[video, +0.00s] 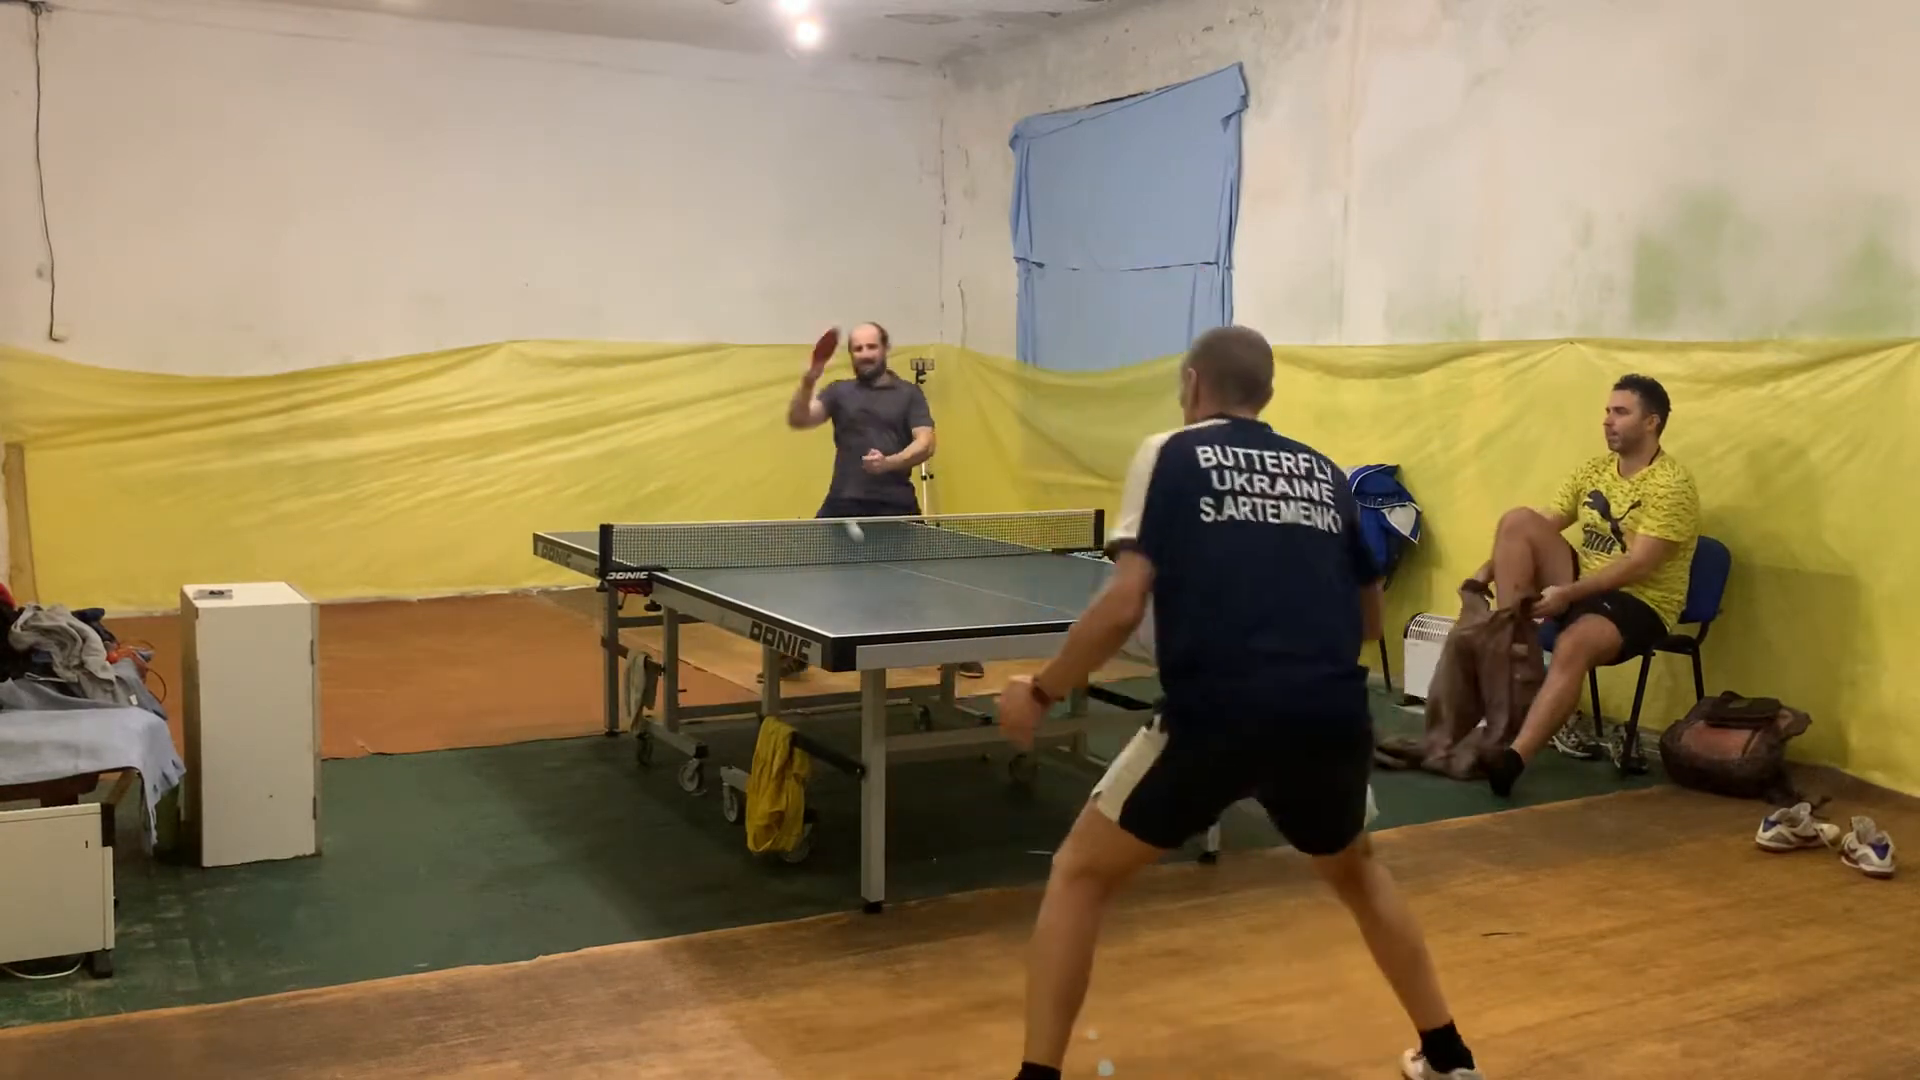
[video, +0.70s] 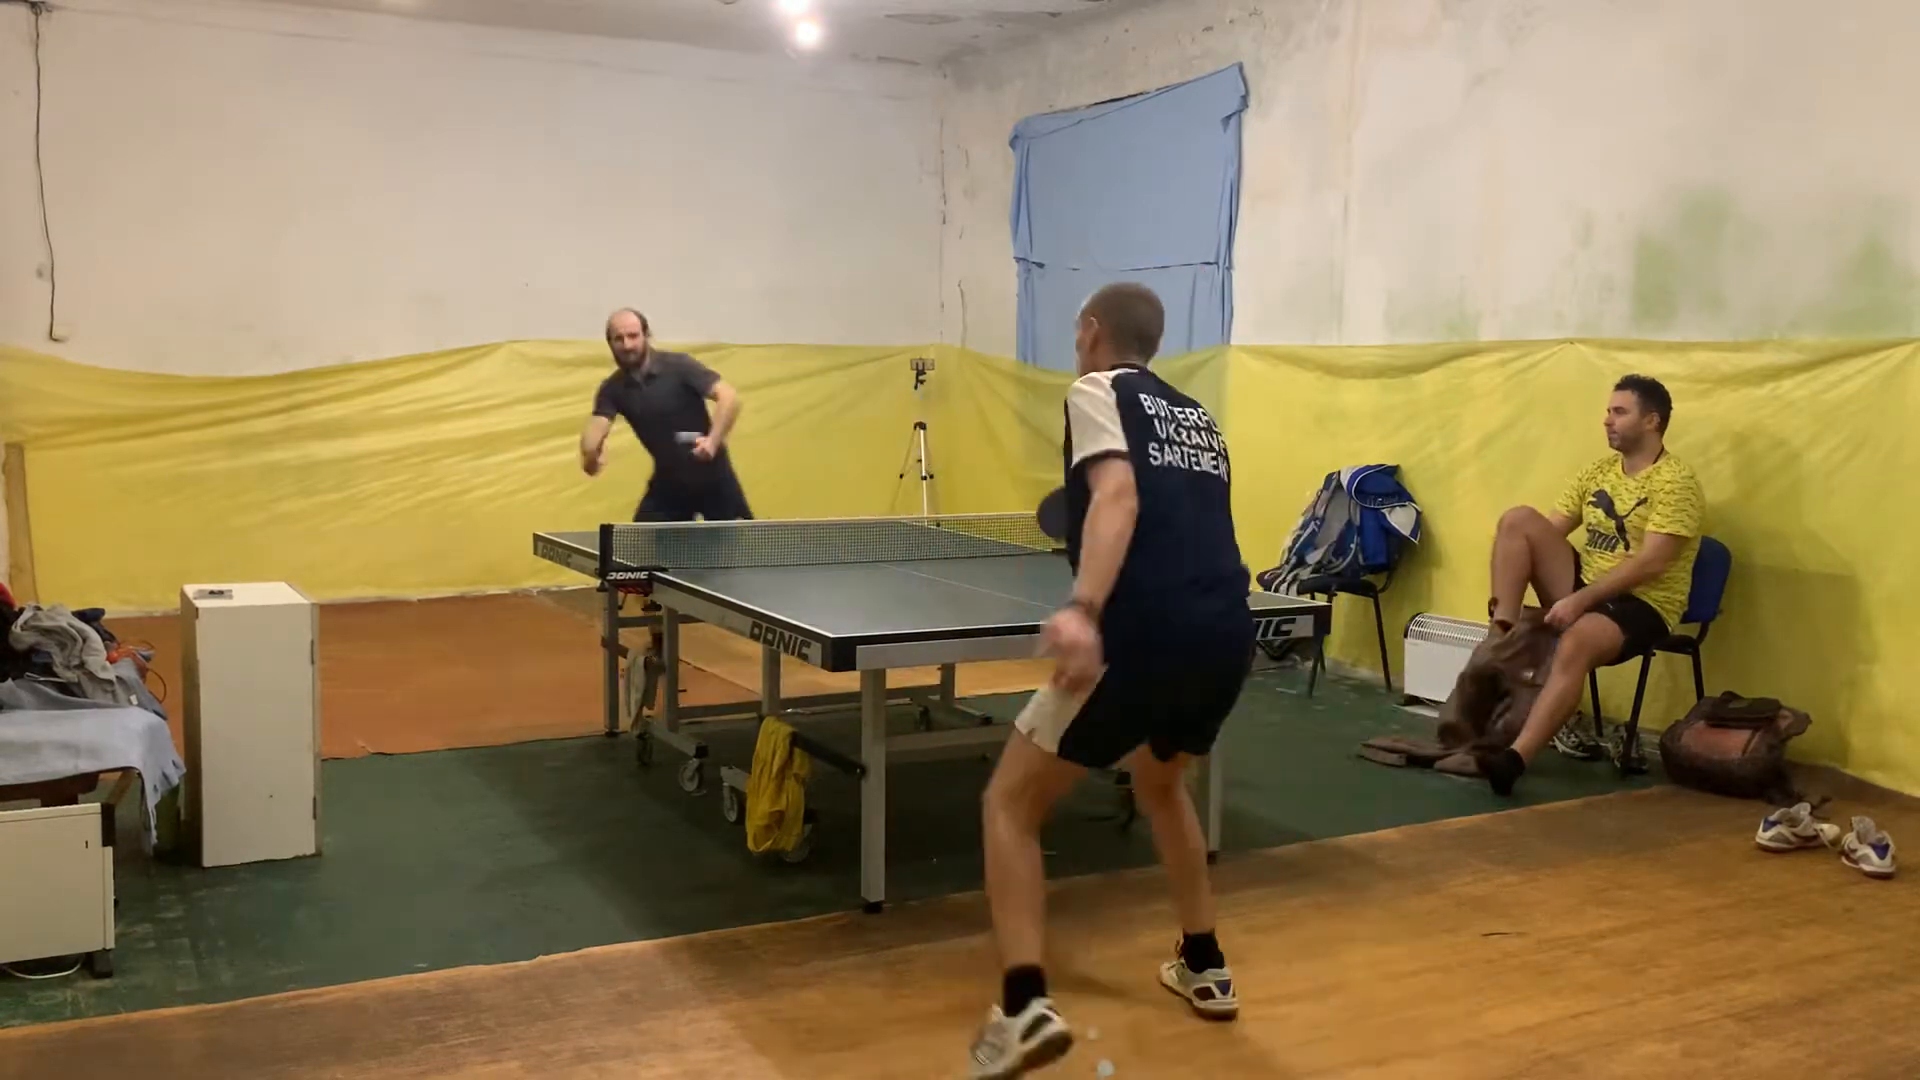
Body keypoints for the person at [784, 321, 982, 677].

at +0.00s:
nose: (864, 354)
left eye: (871, 347)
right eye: (857, 348)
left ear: (886, 350)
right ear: (849, 354)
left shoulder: (908, 393)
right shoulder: (839, 391)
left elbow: (926, 443)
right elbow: (798, 420)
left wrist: (890, 462)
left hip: (896, 507)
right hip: (842, 504)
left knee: (933, 573)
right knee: (802, 567)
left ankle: (961, 646)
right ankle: (793, 651)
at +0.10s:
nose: (839, 351)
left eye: (846, 344)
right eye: (831, 346)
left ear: (859, 347)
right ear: (823, 352)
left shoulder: (884, 386)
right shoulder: (815, 394)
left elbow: (921, 429)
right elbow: (777, 439)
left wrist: (898, 463)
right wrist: (787, 412)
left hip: (887, 502)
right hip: (835, 502)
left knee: (925, 573)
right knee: (803, 570)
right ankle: (797, 655)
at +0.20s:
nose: (811, 334)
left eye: (818, 326)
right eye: (803, 328)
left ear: (830, 329)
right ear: (794, 334)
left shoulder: (857, 365)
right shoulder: (785, 375)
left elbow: (902, 401)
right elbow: (753, 430)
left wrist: (896, 450)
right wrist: (769, 408)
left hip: (861, 490)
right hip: (811, 492)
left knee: (889, 565)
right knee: (793, 569)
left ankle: (893, 648)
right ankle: (793, 654)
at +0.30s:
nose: (787, 329)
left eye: (793, 321)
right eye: (779, 323)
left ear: (806, 323)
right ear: (769, 328)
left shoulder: (834, 359)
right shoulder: (763, 371)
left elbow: (879, 398)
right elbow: (741, 415)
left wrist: (877, 452)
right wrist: (741, 426)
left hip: (837, 476)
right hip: (789, 477)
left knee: (855, 563)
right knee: (765, 558)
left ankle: (871, 650)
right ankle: (766, 651)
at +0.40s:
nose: (756, 344)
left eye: (763, 336)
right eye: (749, 338)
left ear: (778, 335)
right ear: (741, 343)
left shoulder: (809, 372)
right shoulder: (744, 381)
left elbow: (852, 411)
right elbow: (722, 428)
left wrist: (843, 466)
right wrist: (699, 460)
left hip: (813, 488)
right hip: (765, 486)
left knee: (831, 563)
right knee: (725, 551)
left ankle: (837, 637)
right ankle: (715, 639)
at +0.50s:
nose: (706, 361)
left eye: (712, 352)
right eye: (700, 354)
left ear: (731, 349)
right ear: (695, 355)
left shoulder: (770, 383)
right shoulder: (704, 397)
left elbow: (819, 417)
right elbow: (668, 438)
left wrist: (809, 470)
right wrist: (622, 474)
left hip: (786, 487)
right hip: (742, 487)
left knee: (809, 556)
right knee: (703, 542)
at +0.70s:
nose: (627, 345)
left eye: (633, 336)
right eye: (618, 339)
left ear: (646, 335)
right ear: (610, 344)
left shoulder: (679, 366)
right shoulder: (614, 388)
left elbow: (728, 398)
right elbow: (598, 424)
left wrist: (713, 440)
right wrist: (590, 453)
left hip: (711, 474)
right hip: (668, 479)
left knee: (742, 543)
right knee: (641, 546)